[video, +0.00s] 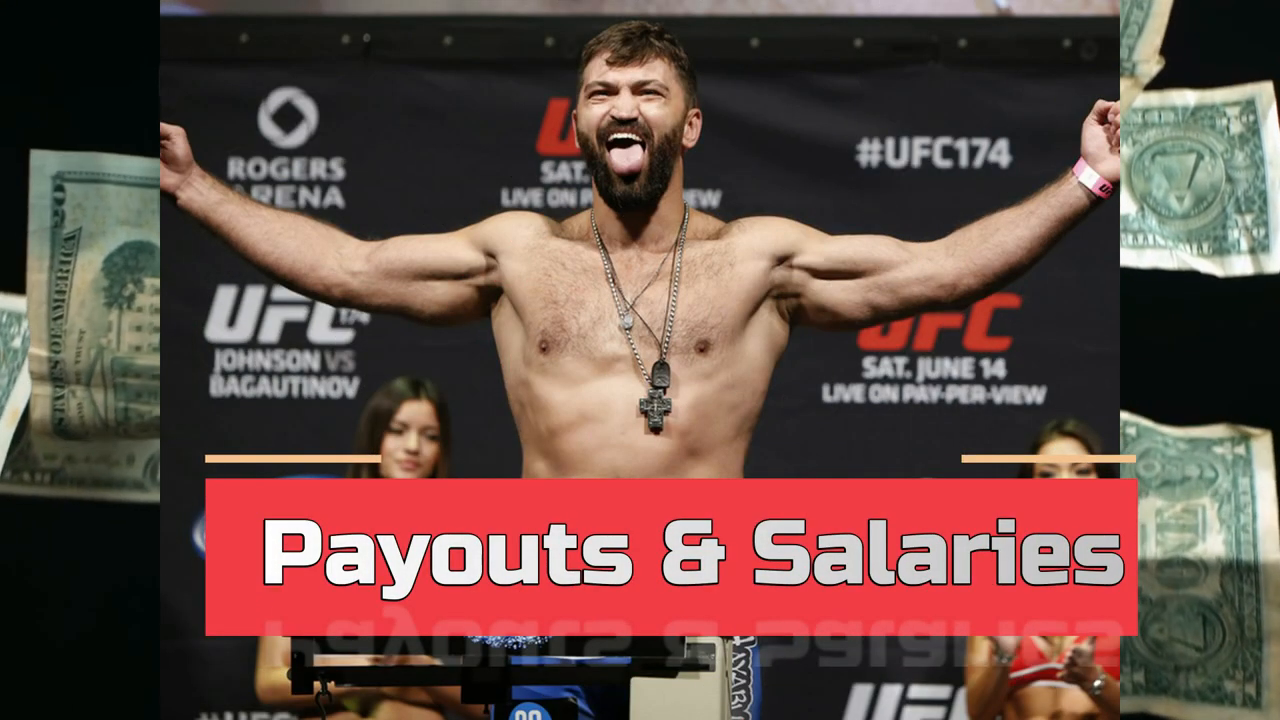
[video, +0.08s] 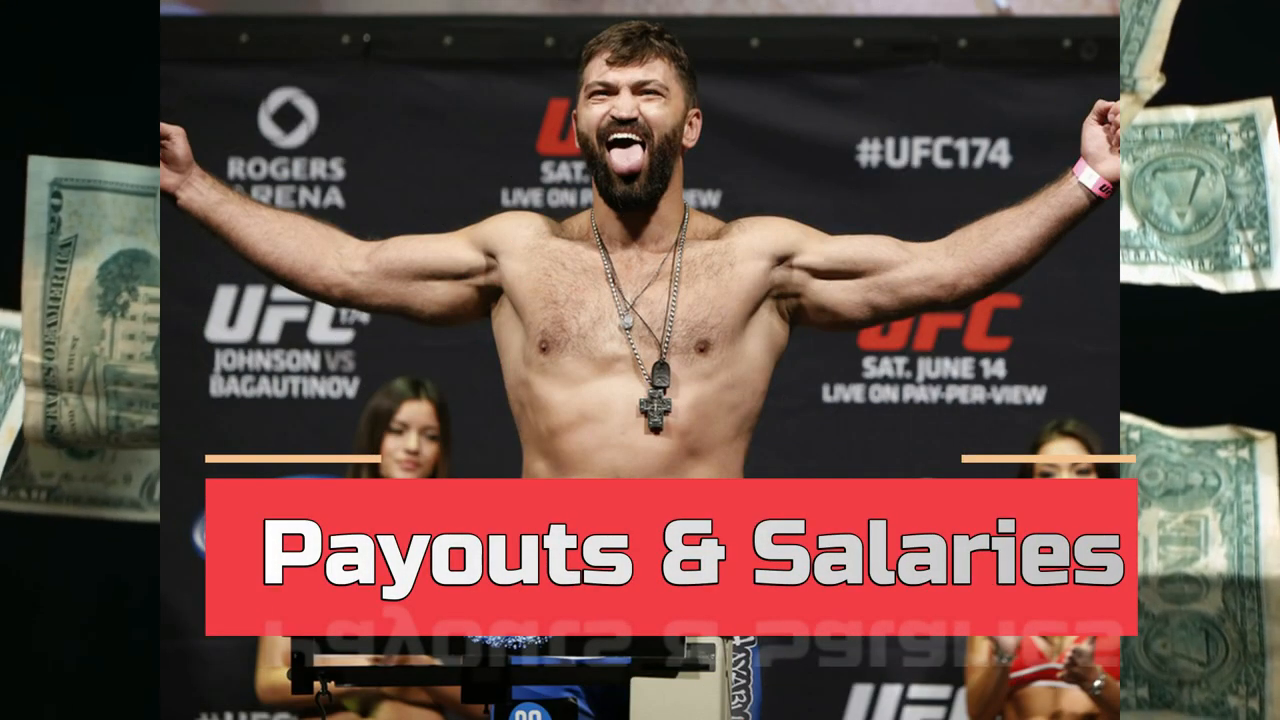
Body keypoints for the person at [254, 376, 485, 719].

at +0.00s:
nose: (412, 446)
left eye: (429, 435)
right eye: (398, 430)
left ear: (443, 449)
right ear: (374, 437)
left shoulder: (466, 526)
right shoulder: (317, 520)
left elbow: (484, 701)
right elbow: (269, 682)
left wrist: (430, 676)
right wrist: (350, 679)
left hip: (422, 707)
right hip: (337, 704)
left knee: (399, 710)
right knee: (342, 716)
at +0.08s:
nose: (412, 447)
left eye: (429, 435)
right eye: (398, 430)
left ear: (442, 449)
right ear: (374, 437)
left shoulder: (465, 526)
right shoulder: (316, 520)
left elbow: (484, 700)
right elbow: (269, 682)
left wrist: (431, 676)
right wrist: (350, 679)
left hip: (423, 707)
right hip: (337, 705)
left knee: (398, 710)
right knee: (342, 716)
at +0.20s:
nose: (412, 446)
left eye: (429, 435)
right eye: (398, 430)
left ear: (443, 449)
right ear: (374, 437)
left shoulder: (466, 526)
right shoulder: (317, 520)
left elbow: (484, 701)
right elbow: (269, 682)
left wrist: (430, 676)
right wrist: (350, 679)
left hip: (422, 707)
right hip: (337, 704)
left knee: (399, 710)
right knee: (342, 716)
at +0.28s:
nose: (412, 446)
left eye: (429, 435)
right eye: (398, 430)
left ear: (443, 449)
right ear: (374, 437)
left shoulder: (466, 526)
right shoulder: (317, 520)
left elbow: (484, 701)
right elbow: (269, 682)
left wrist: (430, 676)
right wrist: (350, 679)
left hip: (422, 707)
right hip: (337, 704)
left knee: (399, 710)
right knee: (342, 716)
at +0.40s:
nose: (412, 446)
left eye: (429, 435)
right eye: (398, 430)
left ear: (442, 449)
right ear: (374, 437)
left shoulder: (465, 525)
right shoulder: (317, 519)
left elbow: (483, 701)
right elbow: (269, 683)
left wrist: (428, 674)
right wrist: (350, 679)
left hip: (423, 708)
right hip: (336, 705)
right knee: (342, 716)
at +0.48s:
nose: (412, 446)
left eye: (429, 435)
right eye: (398, 430)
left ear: (442, 449)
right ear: (374, 437)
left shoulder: (465, 526)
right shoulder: (317, 519)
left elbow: (483, 701)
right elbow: (269, 683)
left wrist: (428, 674)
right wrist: (350, 678)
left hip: (422, 708)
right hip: (336, 705)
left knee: (400, 711)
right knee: (343, 716)